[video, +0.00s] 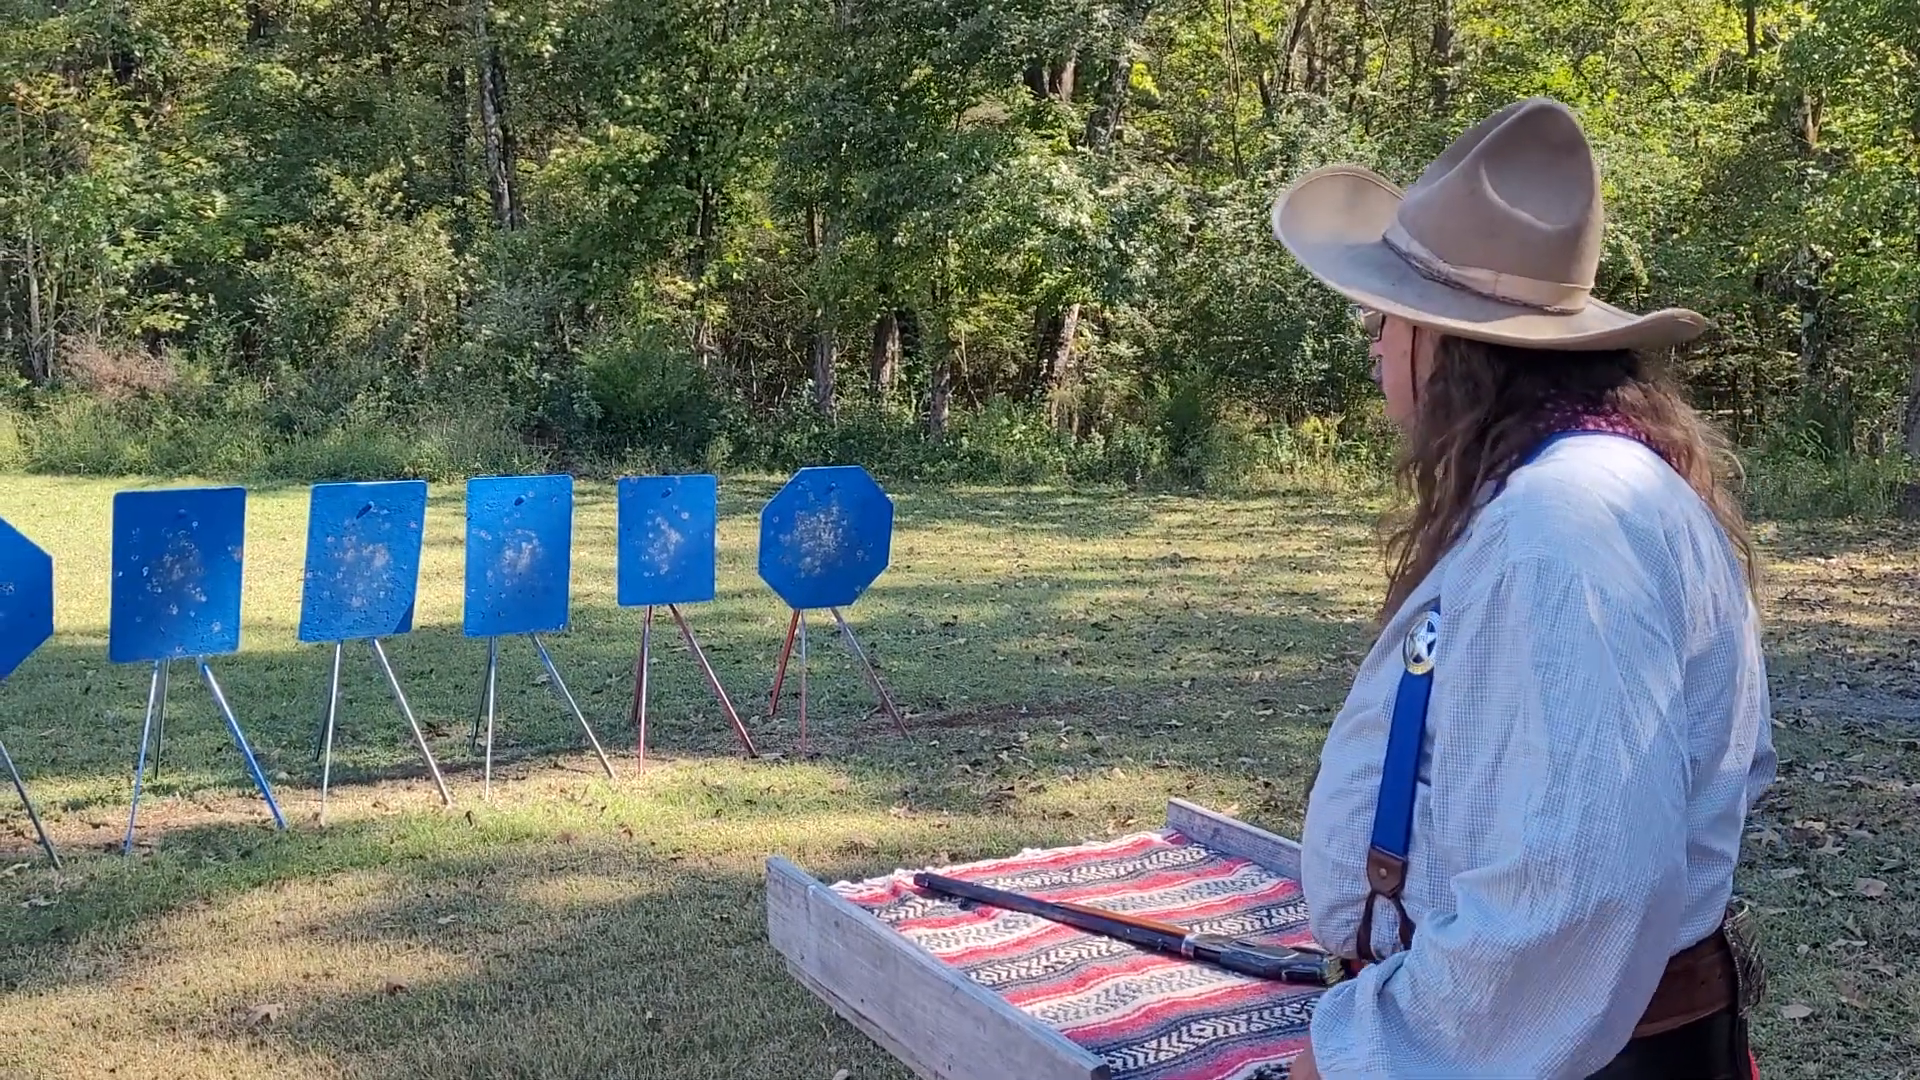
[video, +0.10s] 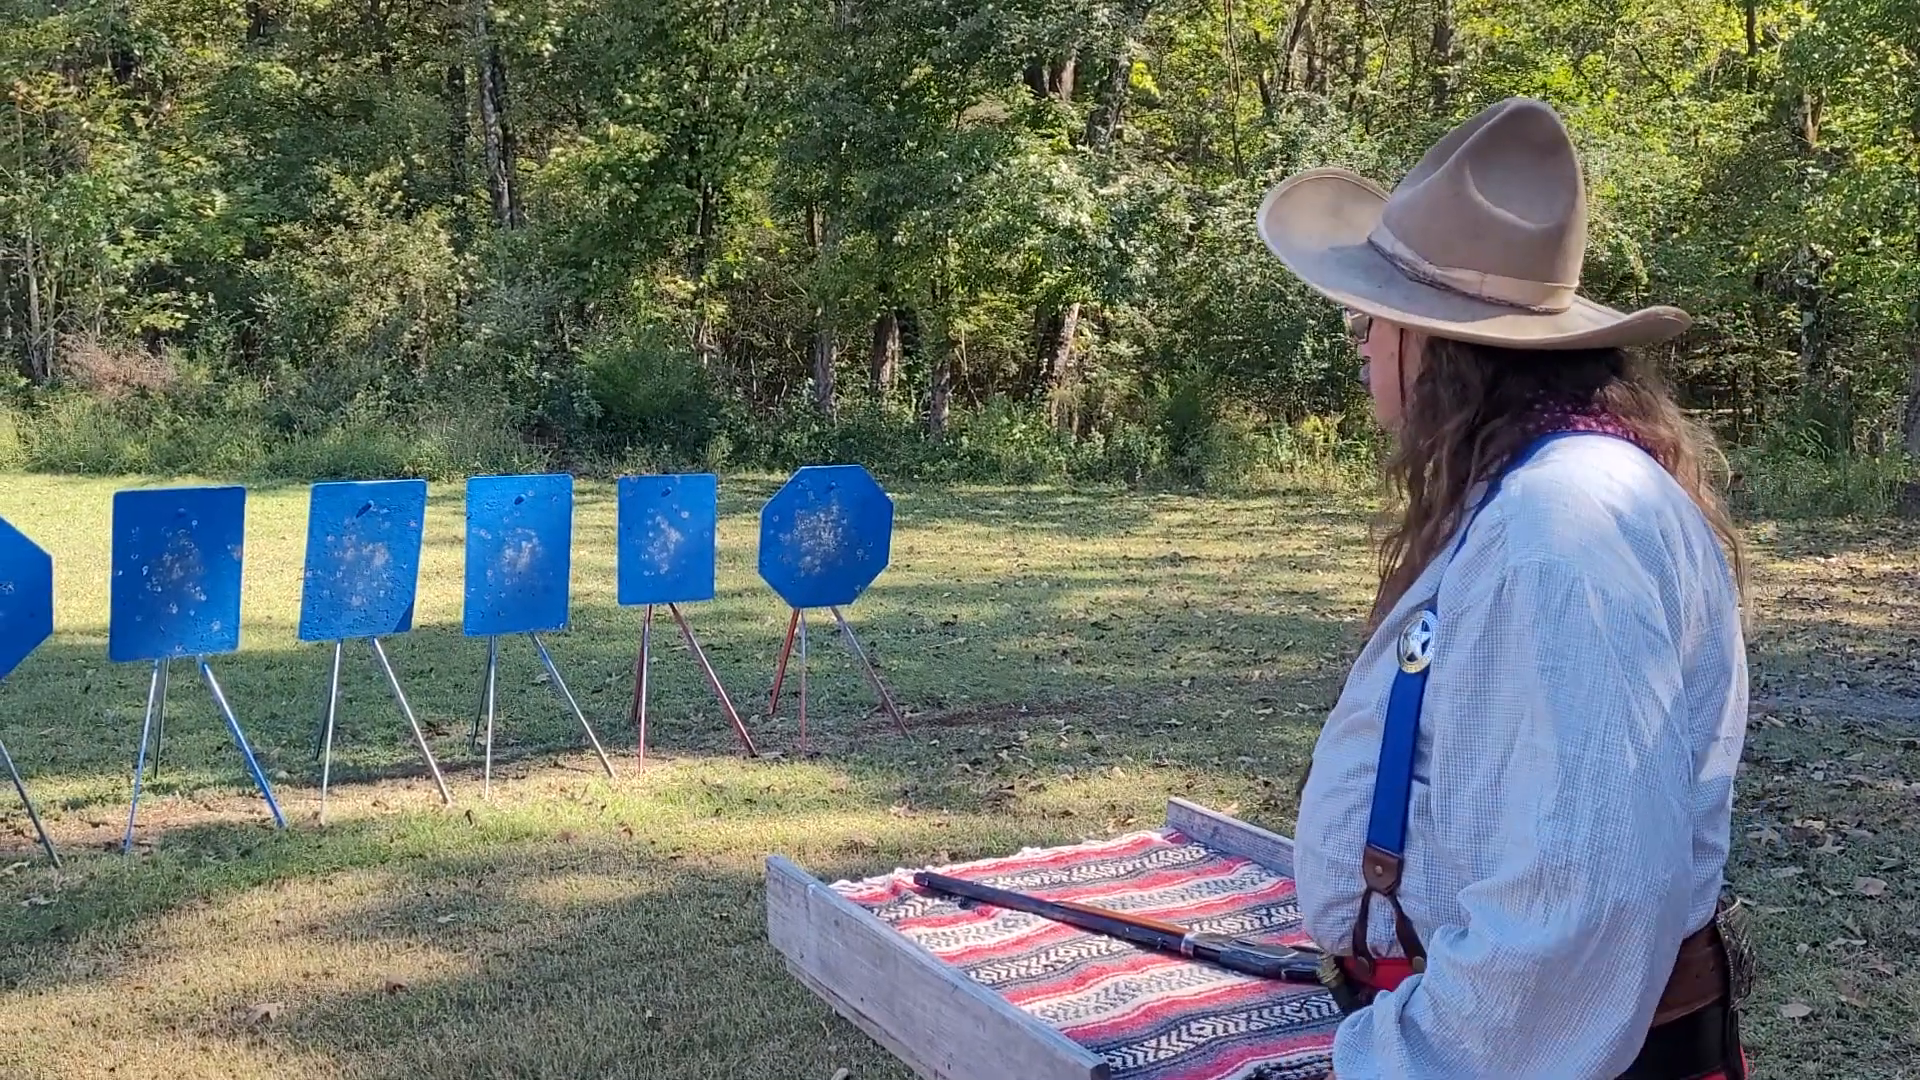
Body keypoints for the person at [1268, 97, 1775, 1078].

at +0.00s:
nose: (1370, 344)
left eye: (1384, 319)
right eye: (1376, 319)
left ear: (1450, 344)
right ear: (1536, 337)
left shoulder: (1567, 517)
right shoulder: (1609, 484)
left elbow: (1570, 893)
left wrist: (1353, 1043)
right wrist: (1396, 933)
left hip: (1585, 1040)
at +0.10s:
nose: (1358, 347)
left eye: (1373, 323)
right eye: (1364, 322)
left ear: (1444, 347)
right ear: (1502, 339)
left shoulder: (1567, 520)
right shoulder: (1529, 491)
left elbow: (1583, 902)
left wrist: (1372, 1051)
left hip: (1573, 1040)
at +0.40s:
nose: (1346, 338)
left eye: (1359, 314)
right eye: (1351, 313)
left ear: (1422, 338)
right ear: (1499, 334)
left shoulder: (1548, 531)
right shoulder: (1499, 487)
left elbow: (1582, 931)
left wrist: (1432, 1062)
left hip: (1479, 1032)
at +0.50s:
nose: (1353, 338)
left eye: (1363, 312)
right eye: (1357, 312)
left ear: (1426, 333)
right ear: (1508, 331)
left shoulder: (1553, 523)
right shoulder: (1511, 477)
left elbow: (1568, 943)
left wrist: (1427, 1065)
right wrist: (1366, 628)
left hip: (1466, 1029)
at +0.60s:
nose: (1358, 336)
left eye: (1373, 308)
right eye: (1363, 308)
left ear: (1442, 328)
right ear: (1489, 327)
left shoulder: (1562, 524)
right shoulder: (1515, 480)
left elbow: (1553, 940)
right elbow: (1454, 648)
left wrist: (1423, 1065)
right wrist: (1276, 607)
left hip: (1482, 1033)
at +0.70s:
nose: (1364, 332)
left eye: (1377, 302)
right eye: (1370, 302)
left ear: (1436, 321)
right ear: (1444, 322)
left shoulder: (1572, 520)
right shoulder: (1502, 479)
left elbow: (1559, 941)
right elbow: (1377, 609)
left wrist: (1408, 1064)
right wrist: (1185, 566)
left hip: (1467, 1031)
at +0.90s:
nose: (1355, 330)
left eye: (1369, 303)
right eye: (1360, 304)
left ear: (1433, 324)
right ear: (1467, 326)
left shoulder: (1584, 510)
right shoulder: (1441, 479)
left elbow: (1592, 910)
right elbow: (1272, 537)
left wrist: (1459, 1066)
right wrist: (1090, 492)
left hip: (1478, 1029)